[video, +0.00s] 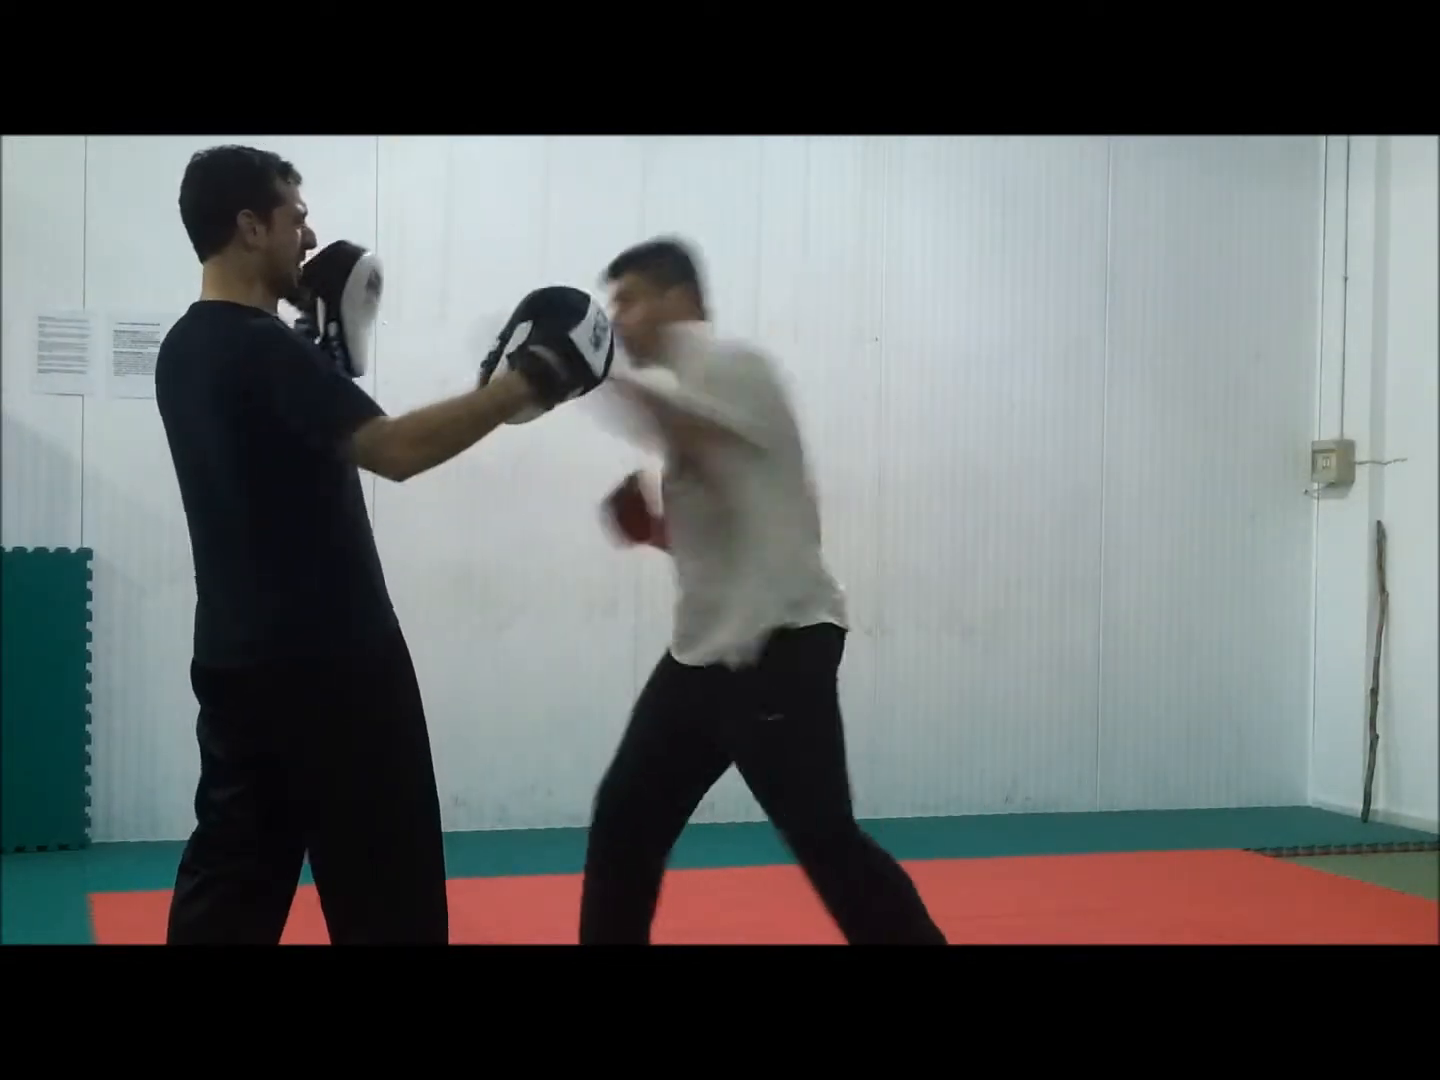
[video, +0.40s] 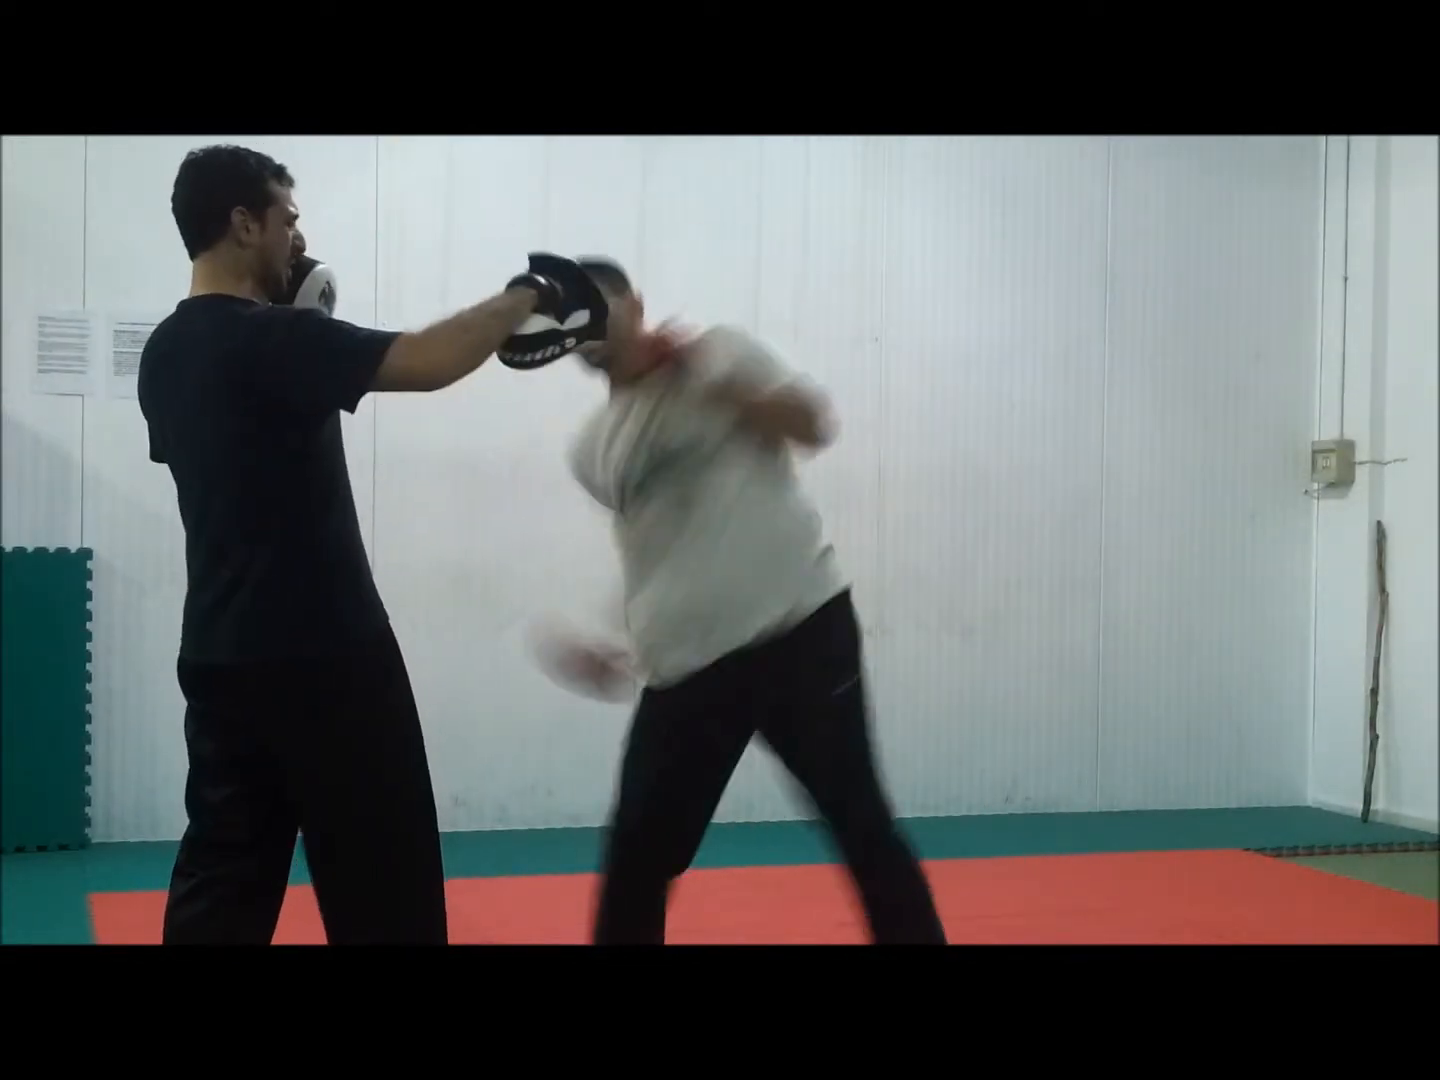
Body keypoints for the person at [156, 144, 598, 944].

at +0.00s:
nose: (310, 235)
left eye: (305, 216)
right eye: (297, 215)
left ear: (228, 230)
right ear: (250, 225)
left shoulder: (185, 348)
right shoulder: (265, 344)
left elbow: (290, 453)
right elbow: (392, 449)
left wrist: (329, 339)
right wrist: (511, 394)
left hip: (238, 659)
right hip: (336, 660)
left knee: (229, 883)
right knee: (390, 888)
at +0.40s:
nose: (300, 240)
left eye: (297, 221)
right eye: (289, 218)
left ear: (215, 230)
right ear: (243, 222)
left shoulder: (165, 348)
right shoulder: (274, 336)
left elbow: (244, 421)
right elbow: (427, 360)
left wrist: (292, 320)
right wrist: (529, 293)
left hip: (222, 652)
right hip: (327, 649)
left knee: (222, 880)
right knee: (387, 884)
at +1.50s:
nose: (255, 230)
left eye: (245, 216)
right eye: (235, 217)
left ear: (182, 241)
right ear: (182, 236)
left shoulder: (173, 349)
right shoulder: (210, 347)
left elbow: (246, 469)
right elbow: (335, 431)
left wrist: (305, 361)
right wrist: (453, 351)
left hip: (242, 657)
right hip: (322, 655)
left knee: (231, 873)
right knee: (392, 878)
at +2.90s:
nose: (325, 226)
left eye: (320, 206)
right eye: (312, 206)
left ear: (247, 216)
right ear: (260, 212)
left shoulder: (179, 332)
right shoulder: (250, 338)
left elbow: (218, 482)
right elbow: (308, 495)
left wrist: (312, 403)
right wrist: (443, 444)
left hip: (201, 651)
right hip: (294, 654)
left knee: (209, 887)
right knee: (379, 889)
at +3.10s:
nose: (306, 272)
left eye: (311, 252)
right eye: (306, 249)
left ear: (216, 233)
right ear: (266, 235)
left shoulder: (110, 337)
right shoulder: (251, 345)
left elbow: (61, 487)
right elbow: (286, 502)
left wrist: (68, 607)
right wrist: (410, 499)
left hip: (122, 654)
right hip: (239, 657)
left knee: (106, 882)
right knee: (267, 888)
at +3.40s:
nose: (304, 273)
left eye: (308, 253)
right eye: (303, 249)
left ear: (213, 232)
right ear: (261, 233)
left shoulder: (107, 338)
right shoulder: (244, 347)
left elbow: (60, 488)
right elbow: (281, 507)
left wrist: (68, 608)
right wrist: (407, 499)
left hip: (121, 660)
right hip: (237, 663)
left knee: (104, 887)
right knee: (267, 895)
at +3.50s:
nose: (301, 274)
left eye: (304, 252)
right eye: (298, 249)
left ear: (223, 235)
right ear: (257, 235)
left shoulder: (107, 337)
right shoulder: (238, 343)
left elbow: (58, 486)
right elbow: (295, 491)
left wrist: (66, 609)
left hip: (119, 649)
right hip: (233, 653)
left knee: (107, 872)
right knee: (266, 881)